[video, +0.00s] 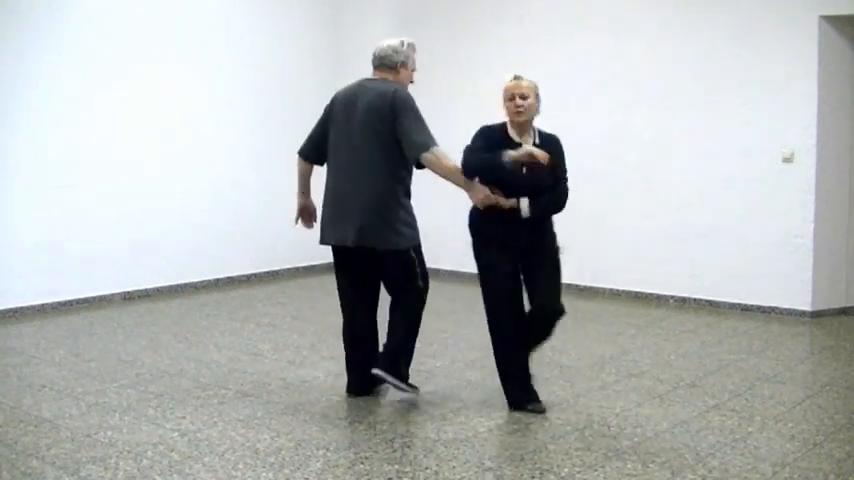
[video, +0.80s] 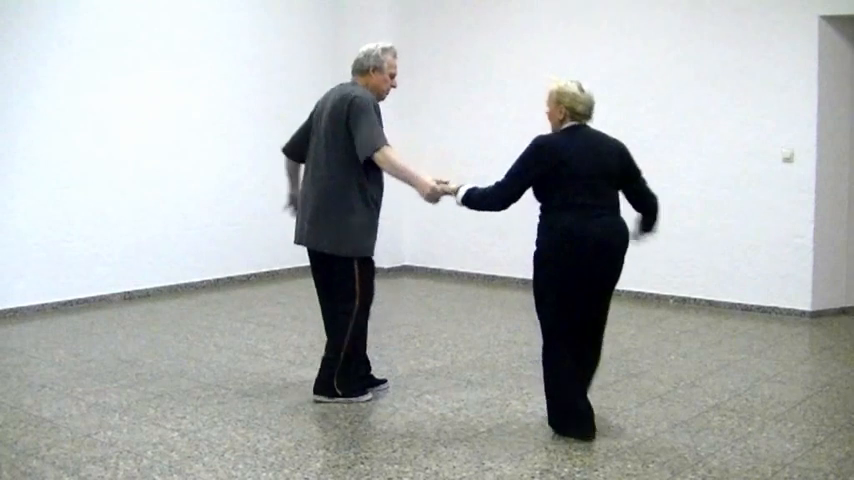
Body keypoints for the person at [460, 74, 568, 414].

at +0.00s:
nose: (517, 103)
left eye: (524, 97)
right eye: (511, 98)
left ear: (537, 103)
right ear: (504, 104)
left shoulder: (550, 144)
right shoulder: (488, 136)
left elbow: (559, 197)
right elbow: (470, 166)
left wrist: (514, 203)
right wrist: (513, 156)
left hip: (537, 236)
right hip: (494, 237)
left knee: (549, 308)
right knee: (506, 316)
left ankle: (513, 348)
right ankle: (520, 397)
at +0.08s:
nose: (515, 101)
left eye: (523, 96)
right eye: (511, 96)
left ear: (540, 102)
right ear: (506, 101)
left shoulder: (554, 143)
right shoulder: (492, 133)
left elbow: (554, 197)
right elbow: (457, 159)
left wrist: (506, 200)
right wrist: (489, 142)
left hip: (546, 236)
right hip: (501, 237)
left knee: (558, 307)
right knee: (510, 315)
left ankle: (558, 370)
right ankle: (522, 396)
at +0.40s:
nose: (511, 99)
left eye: (517, 94)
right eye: (513, 93)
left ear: (536, 100)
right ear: (535, 100)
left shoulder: (547, 140)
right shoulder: (532, 133)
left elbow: (517, 194)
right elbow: (492, 138)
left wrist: (482, 180)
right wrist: (475, 107)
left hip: (564, 238)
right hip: (548, 237)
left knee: (545, 319)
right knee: (536, 318)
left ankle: (584, 393)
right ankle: (554, 396)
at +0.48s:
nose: (517, 96)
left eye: (522, 91)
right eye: (519, 90)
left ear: (538, 98)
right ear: (545, 99)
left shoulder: (541, 139)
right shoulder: (560, 130)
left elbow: (510, 191)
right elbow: (521, 139)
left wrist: (480, 175)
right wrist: (495, 106)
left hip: (555, 240)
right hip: (573, 235)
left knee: (536, 318)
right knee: (557, 315)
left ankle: (577, 395)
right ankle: (557, 394)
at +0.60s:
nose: (528, 104)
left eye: (532, 97)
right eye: (530, 97)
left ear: (548, 104)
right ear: (563, 105)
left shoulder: (543, 142)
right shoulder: (584, 137)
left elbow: (503, 192)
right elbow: (554, 163)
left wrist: (467, 175)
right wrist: (527, 139)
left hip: (557, 243)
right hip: (593, 239)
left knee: (542, 324)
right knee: (572, 320)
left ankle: (568, 412)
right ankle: (559, 398)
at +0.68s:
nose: (535, 109)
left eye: (539, 104)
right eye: (538, 102)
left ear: (553, 110)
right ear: (572, 111)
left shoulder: (544, 148)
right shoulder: (597, 144)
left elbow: (498, 196)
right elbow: (611, 185)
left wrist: (459, 184)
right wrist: (564, 189)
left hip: (559, 244)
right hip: (601, 242)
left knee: (549, 328)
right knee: (573, 323)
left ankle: (570, 418)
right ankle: (559, 397)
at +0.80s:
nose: (545, 113)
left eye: (548, 107)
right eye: (547, 107)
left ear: (559, 111)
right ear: (585, 113)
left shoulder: (545, 147)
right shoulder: (612, 148)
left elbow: (501, 196)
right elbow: (642, 196)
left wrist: (462, 193)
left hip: (558, 252)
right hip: (607, 253)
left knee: (558, 332)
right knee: (590, 327)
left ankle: (572, 422)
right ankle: (572, 403)